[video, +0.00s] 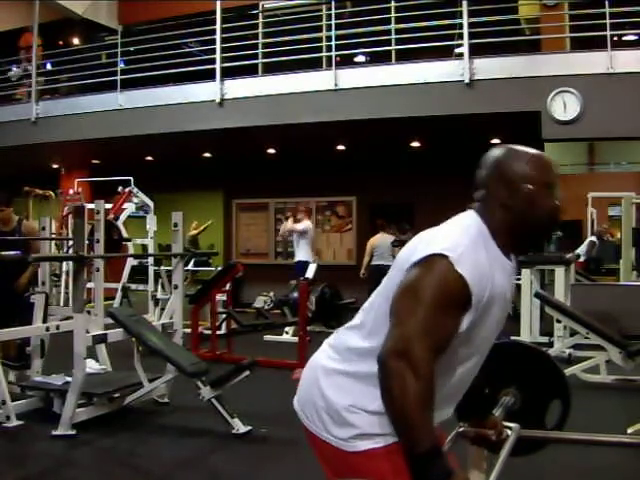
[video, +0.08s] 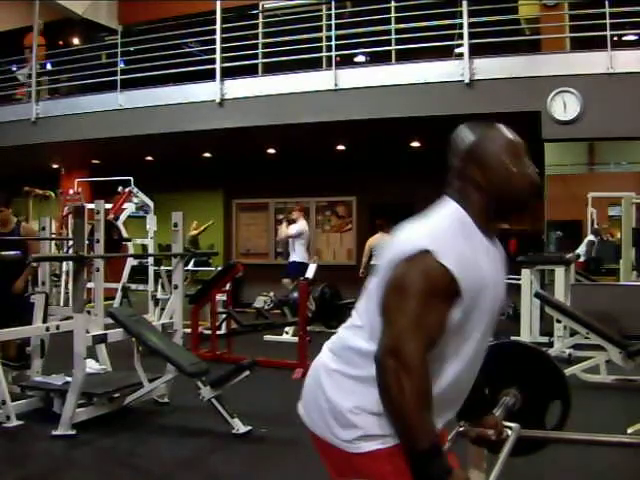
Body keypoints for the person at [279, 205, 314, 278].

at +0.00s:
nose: (298, 214)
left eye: (301, 212)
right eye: (298, 212)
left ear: (306, 214)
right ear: (297, 213)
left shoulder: (307, 224)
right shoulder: (298, 225)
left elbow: (291, 227)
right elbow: (282, 233)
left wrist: (290, 219)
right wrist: (285, 223)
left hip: (305, 257)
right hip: (298, 257)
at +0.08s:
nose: (293, 213)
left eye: (295, 211)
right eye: (293, 211)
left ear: (301, 213)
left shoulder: (302, 225)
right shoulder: (296, 225)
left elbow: (284, 234)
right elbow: (280, 236)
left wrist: (284, 222)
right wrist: (282, 226)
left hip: (299, 258)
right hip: (294, 258)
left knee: (286, 280)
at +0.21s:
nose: (284, 214)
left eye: (287, 211)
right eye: (285, 211)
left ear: (293, 213)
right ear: (292, 214)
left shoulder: (292, 226)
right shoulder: (295, 225)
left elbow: (281, 241)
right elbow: (282, 240)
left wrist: (275, 231)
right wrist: (277, 231)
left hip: (290, 260)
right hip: (295, 260)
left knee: (278, 281)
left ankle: (279, 308)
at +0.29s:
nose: (278, 214)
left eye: (281, 212)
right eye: (279, 212)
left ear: (287, 215)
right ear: (286, 215)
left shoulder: (285, 227)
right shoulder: (288, 226)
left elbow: (277, 243)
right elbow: (279, 242)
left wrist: (269, 235)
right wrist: (270, 234)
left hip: (284, 262)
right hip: (289, 261)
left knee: (275, 283)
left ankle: (269, 304)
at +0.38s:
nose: (272, 215)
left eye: (274, 213)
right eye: (273, 213)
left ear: (281, 215)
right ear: (280, 215)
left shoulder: (279, 228)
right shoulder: (282, 227)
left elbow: (273, 244)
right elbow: (275, 242)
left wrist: (263, 238)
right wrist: (266, 236)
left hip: (278, 262)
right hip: (283, 262)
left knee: (270, 284)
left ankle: (265, 307)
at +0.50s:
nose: (262, 215)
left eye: (265, 212)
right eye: (263, 212)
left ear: (271, 214)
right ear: (269, 214)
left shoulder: (270, 228)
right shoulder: (271, 227)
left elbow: (266, 245)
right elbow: (266, 244)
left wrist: (254, 239)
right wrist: (256, 238)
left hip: (269, 262)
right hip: (269, 262)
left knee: (264, 286)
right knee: (267, 286)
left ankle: (258, 309)